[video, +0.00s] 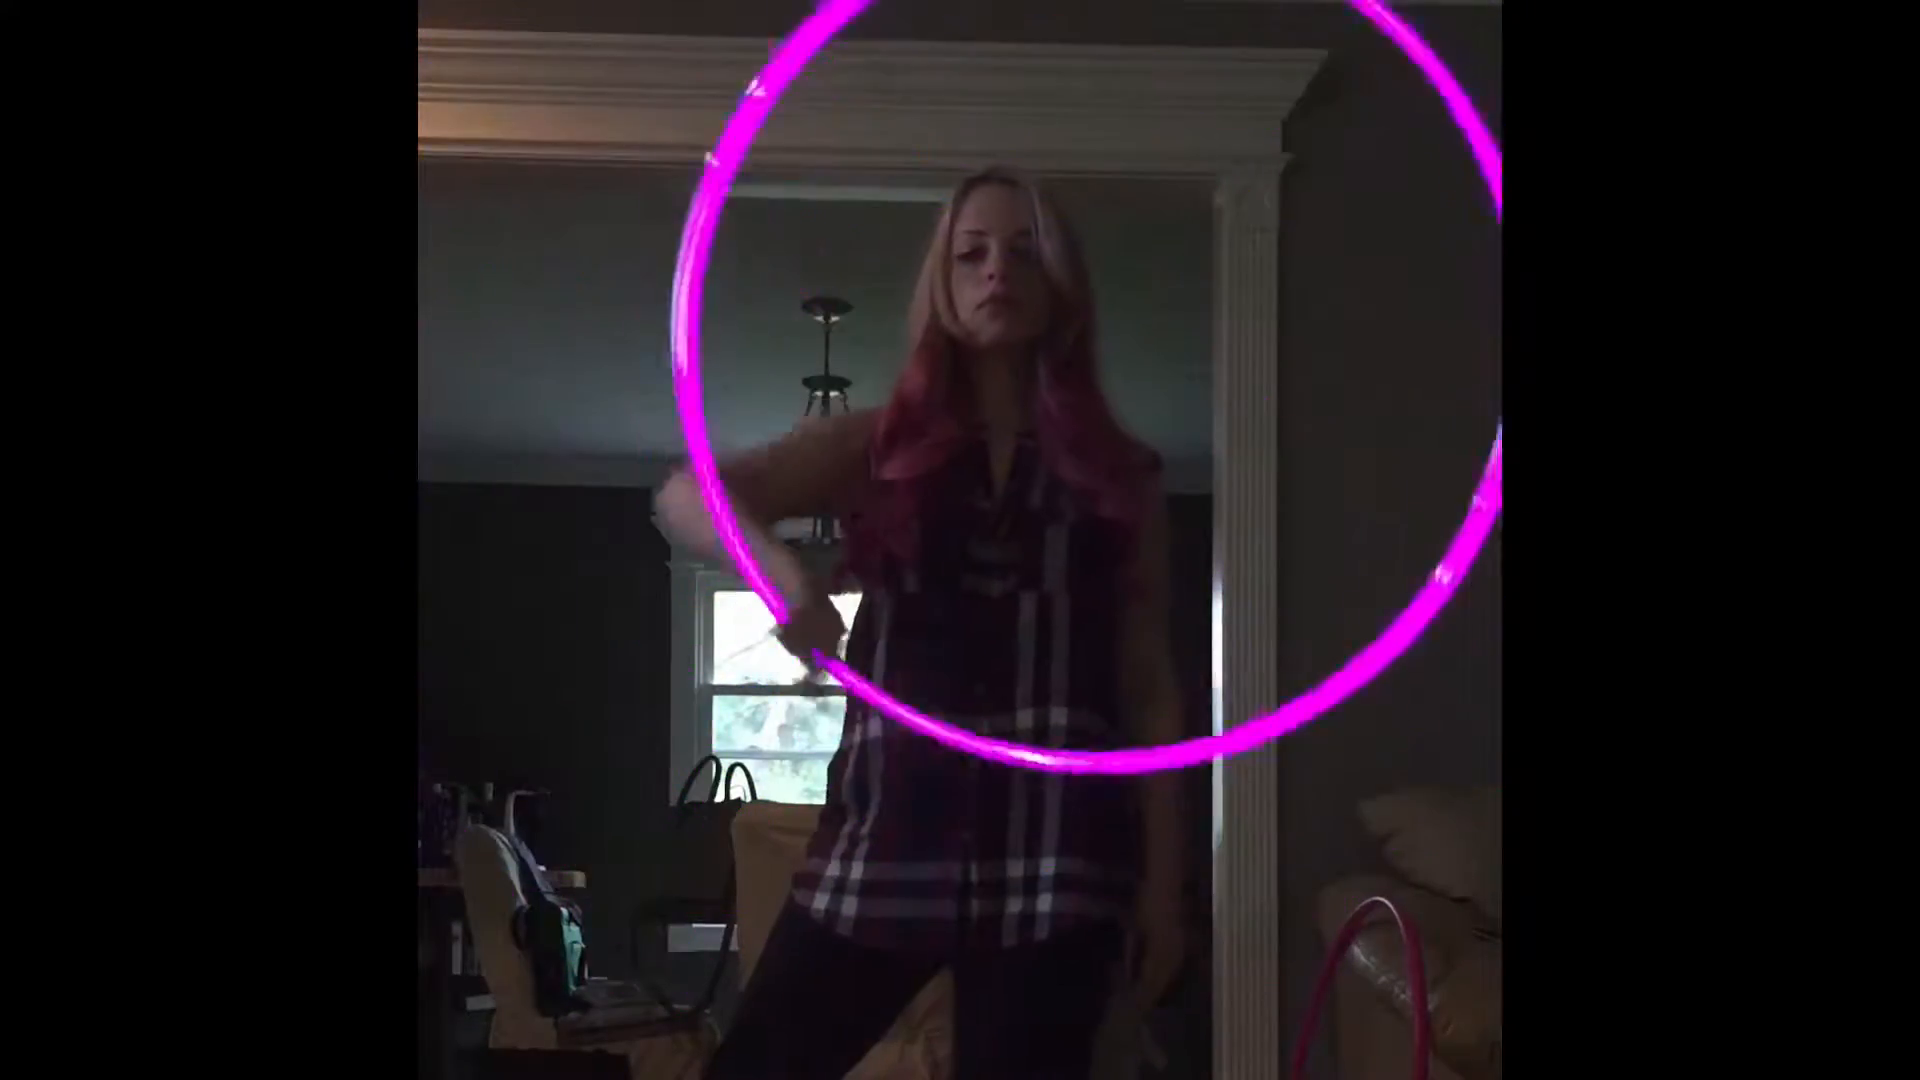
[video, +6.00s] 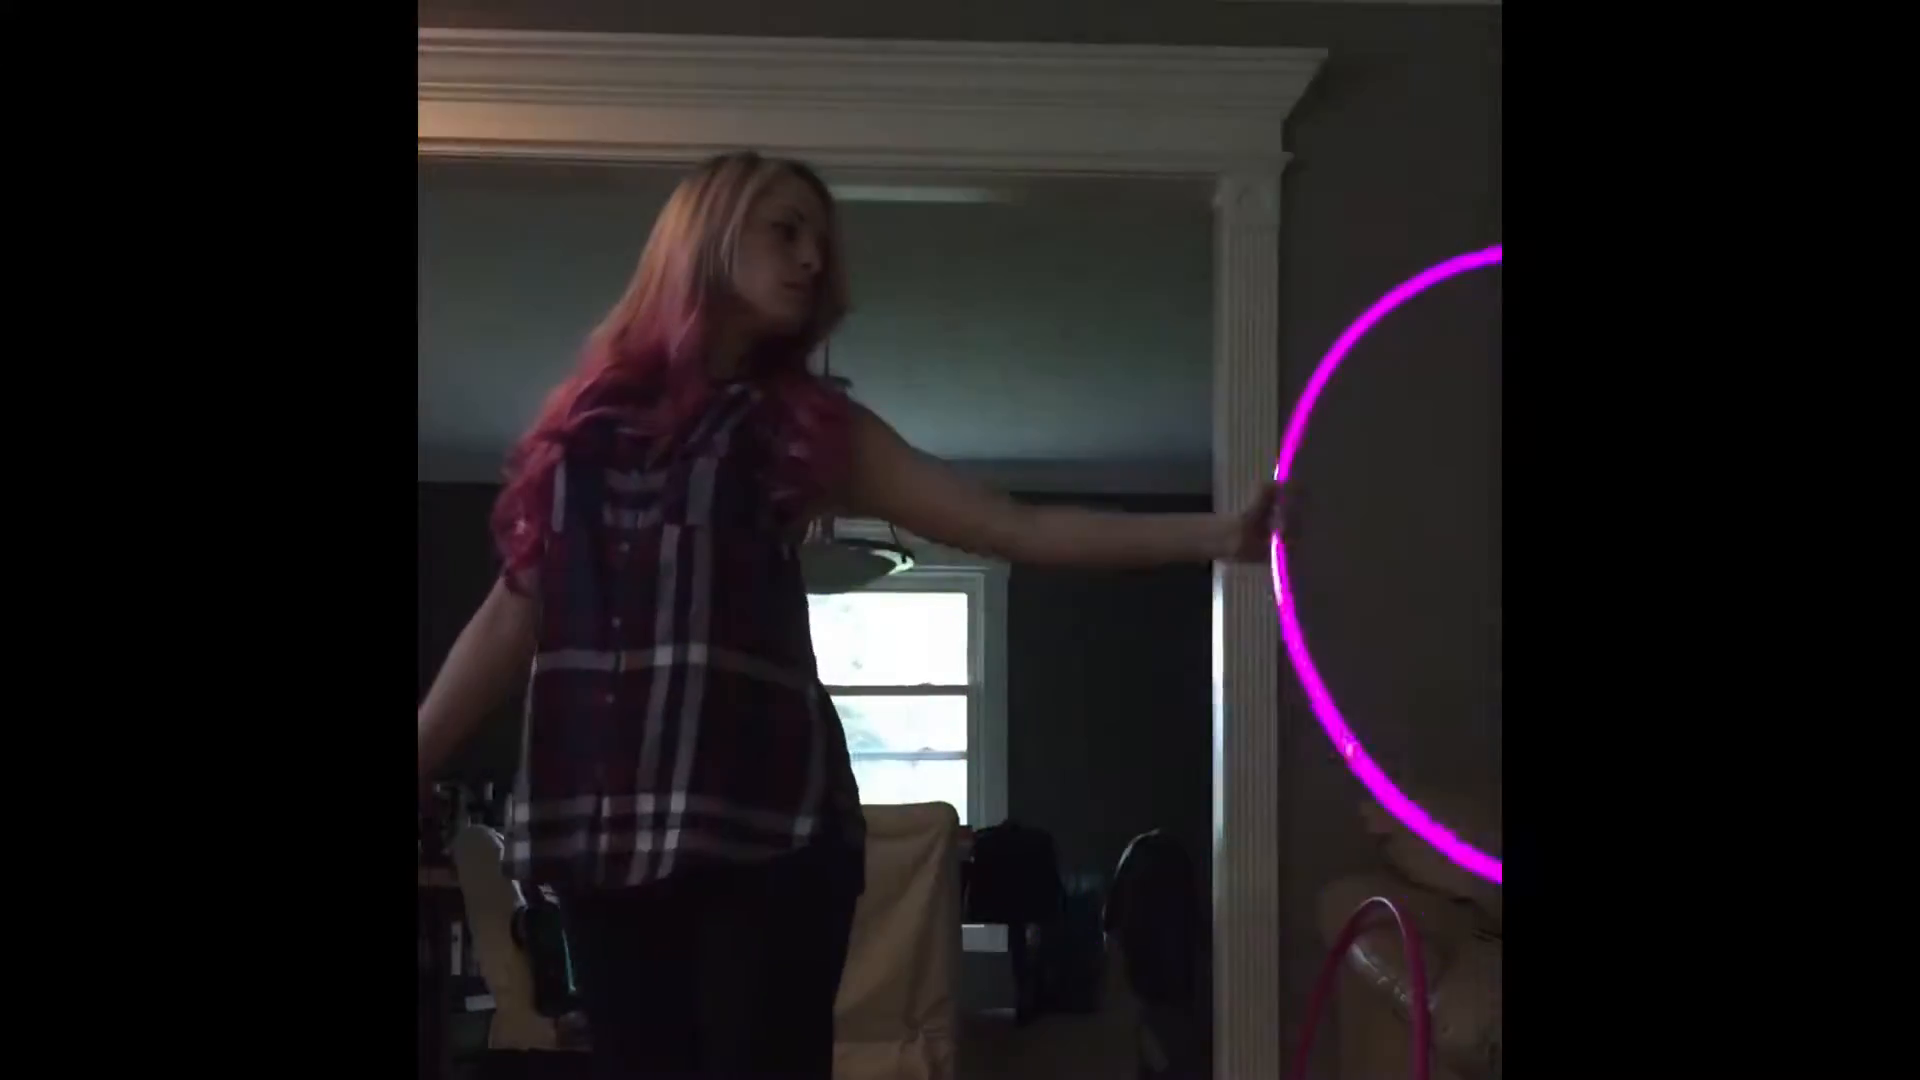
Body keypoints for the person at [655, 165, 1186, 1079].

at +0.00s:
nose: (998, 269)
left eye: (1024, 249)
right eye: (974, 251)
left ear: (1063, 279)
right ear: (940, 283)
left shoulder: (1118, 471)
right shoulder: (883, 442)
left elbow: (1152, 687)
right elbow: (684, 497)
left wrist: (1164, 891)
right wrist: (782, 574)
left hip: (1055, 869)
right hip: (888, 852)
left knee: (1021, 1070)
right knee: (750, 1068)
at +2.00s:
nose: (1084, 248)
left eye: (1102, 223)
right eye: (1090, 224)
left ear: (1161, 230)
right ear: (1240, 235)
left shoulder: (1099, 350)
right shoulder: (1304, 382)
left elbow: (899, 449)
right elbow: (1346, 626)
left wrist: (750, 494)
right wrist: (1343, 866)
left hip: (1156, 814)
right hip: (1302, 813)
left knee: (1121, 1052)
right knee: (1186, 1046)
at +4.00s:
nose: (912, 255)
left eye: (942, 244)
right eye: (891, 239)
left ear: (977, 282)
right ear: (854, 278)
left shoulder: (1024, 409)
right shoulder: (820, 437)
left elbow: (972, 536)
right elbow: (657, 610)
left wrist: (767, 468)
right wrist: (725, 505)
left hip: (1039, 865)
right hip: (869, 865)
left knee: (1093, 1067)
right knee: (798, 1068)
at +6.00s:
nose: (811, 254)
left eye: (820, 240)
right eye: (784, 227)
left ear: (821, 271)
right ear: (706, 239)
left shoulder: (807, 419)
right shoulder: (584, 424)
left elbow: (1010, 526)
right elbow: (509, 619)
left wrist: (1217, 532)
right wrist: (419, 758)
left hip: (772, 836)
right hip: (599, 840)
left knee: (769, 1064)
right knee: (635, 1062)